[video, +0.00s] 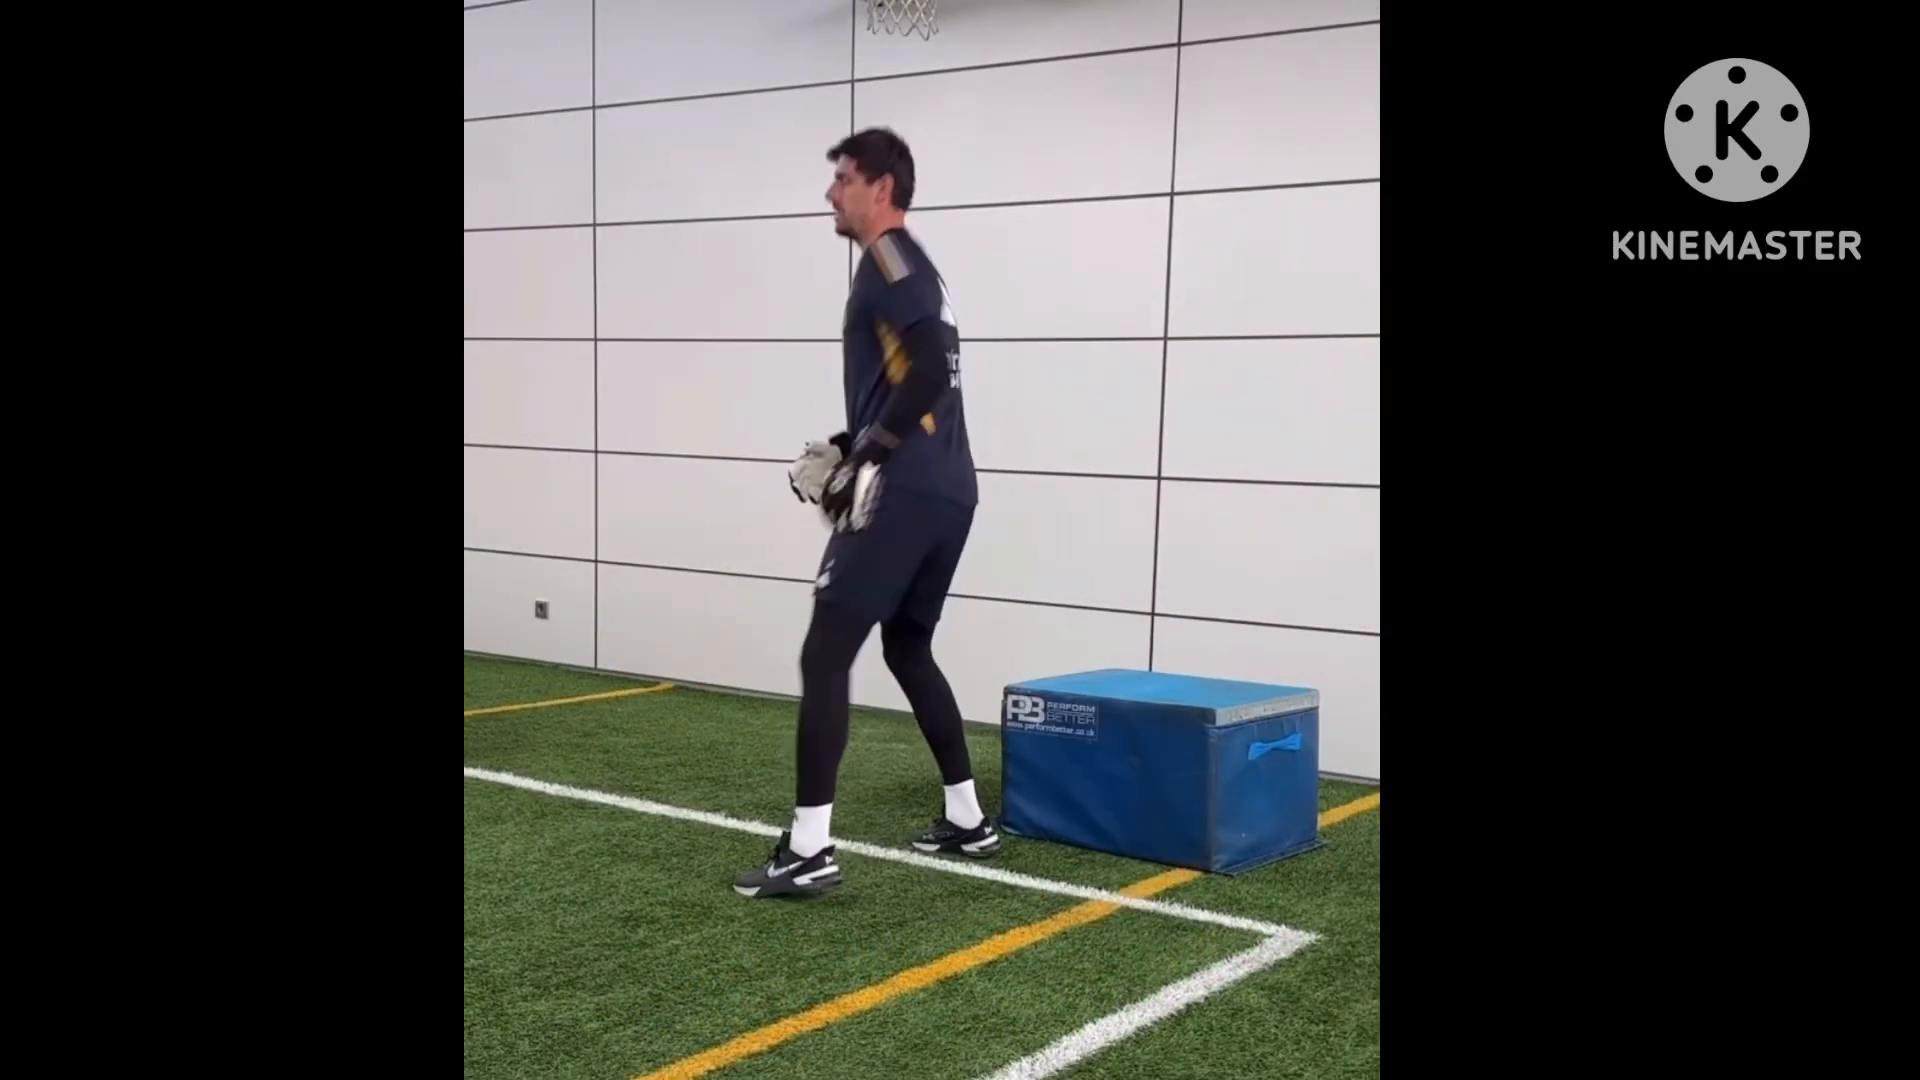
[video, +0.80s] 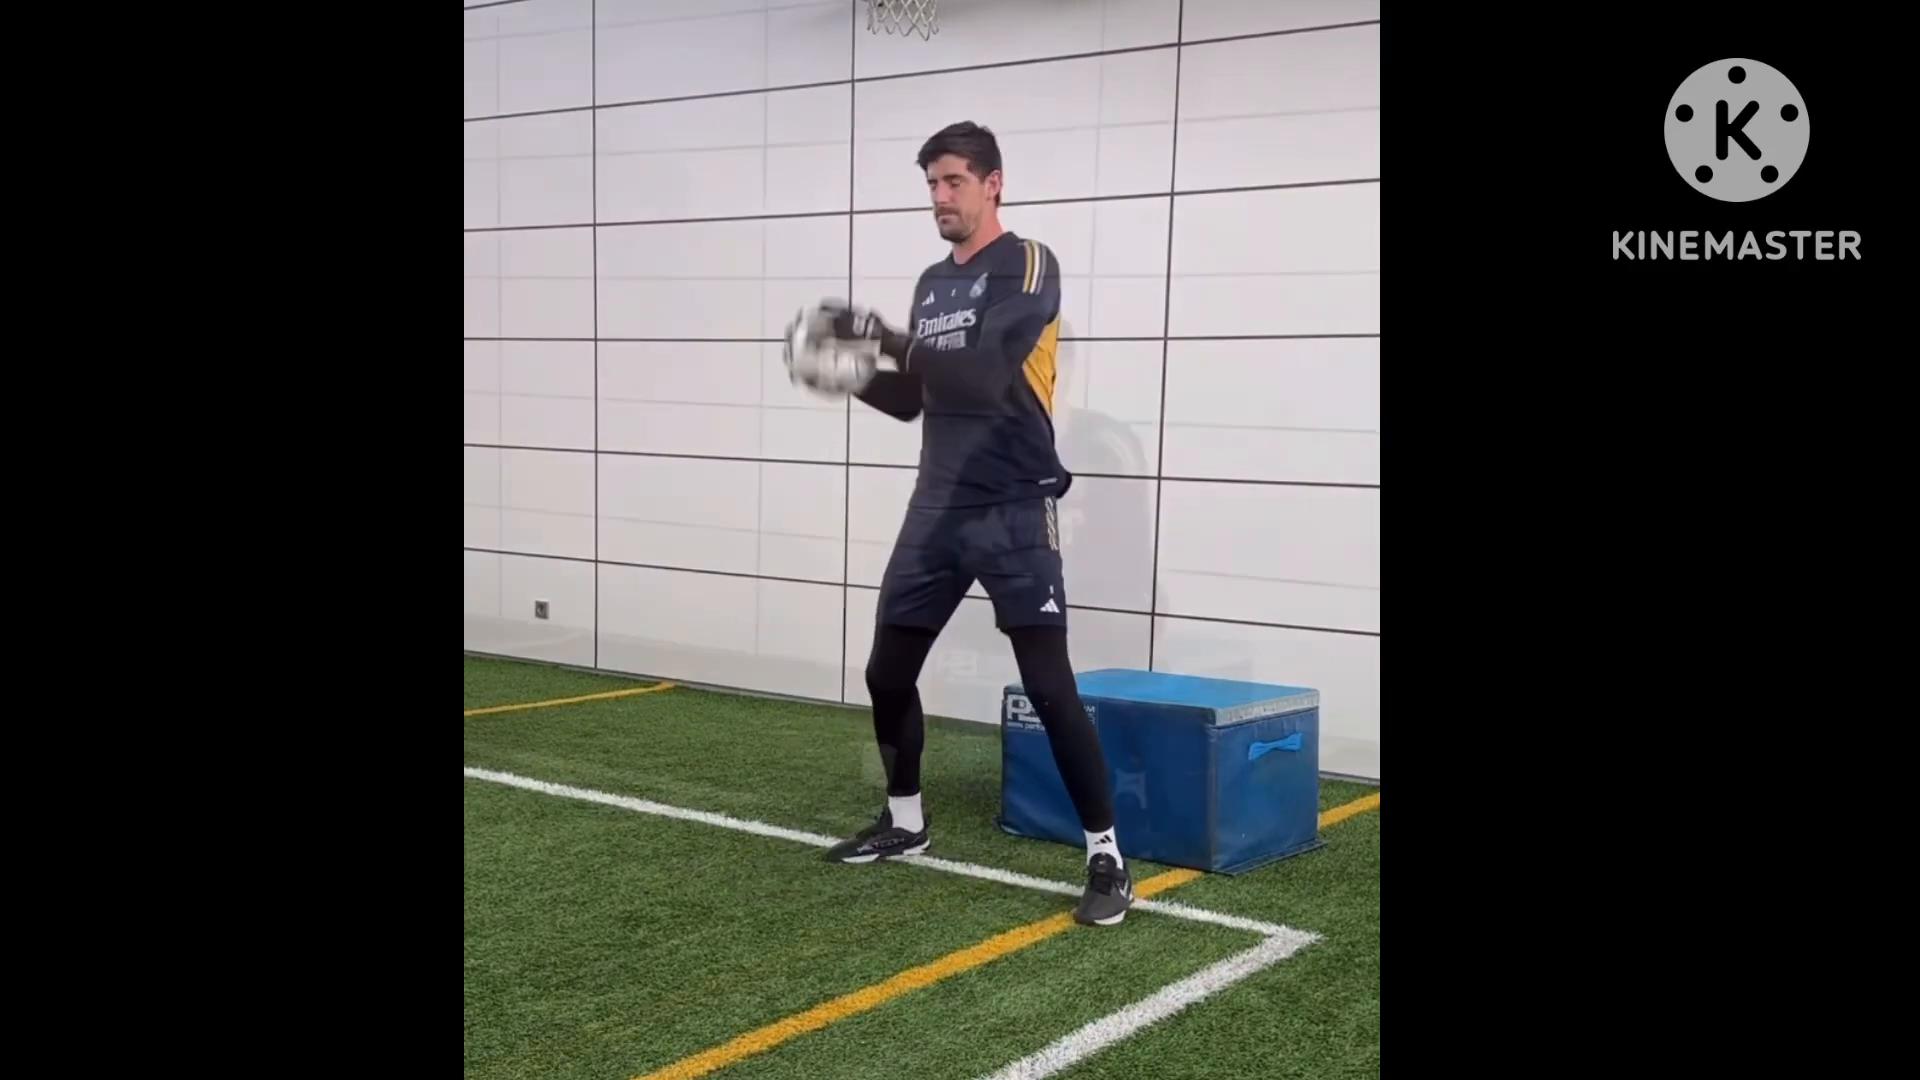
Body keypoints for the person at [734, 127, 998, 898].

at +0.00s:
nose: (830, 192)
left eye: (842, 180)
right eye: (832, 179)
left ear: (882, 188)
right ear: (884, 190)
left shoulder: (888, 258)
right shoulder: (902, 262)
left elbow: (930, 368)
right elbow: (905, 381)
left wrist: (872, 452)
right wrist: (844, 446)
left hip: (904, 487)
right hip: (947, 489)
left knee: (825, 654)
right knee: (908, 648)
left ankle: (808, 848)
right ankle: (966, 818)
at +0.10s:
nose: (842, 166)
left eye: (856, 153)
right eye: (840, 154)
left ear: (898, 161)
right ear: (854, 166)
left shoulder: (925, 234)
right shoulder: (873, 249)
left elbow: (988, 348)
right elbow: (885, 363)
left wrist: (920, 433)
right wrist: (838, 434)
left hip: (936, 459)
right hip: (897, 457)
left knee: (865, 634)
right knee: (875, 636)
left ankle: (863, 832)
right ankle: (951, 800)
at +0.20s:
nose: (851, 179)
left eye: (865, 166)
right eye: (847, 167)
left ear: (906, 173)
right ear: (852, 178)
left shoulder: (949, 259)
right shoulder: (856, 277)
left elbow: (1011, 379)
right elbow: (864, 380)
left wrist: (958, 470)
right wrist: (837, 459)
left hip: (943, 486)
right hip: (881, 485)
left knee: (910, 644)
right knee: (856, 655)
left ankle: (974, 835)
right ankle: (896, 817)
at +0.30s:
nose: (860, 207)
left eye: (874, 193)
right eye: (855, 195)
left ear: (913, 201)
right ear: (852, 207)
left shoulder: (963, 292)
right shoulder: (853, 310)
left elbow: (1030, 412)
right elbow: (856, 411)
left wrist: (995, 516)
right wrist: (848, 501)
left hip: (962, 522)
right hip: (887, 525)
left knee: (986, 677)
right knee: (843, 675)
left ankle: (1071, 845)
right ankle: (897, 818)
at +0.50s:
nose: (894, 216)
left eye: (908, 201)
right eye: (886, 204)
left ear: (946, 204)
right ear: (883, 213)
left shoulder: (1007, 296)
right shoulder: (880, 314)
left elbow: (1076, 406)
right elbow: (859, 404)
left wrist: (1024, 473)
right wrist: (838, 465)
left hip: (1002, 522)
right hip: (918, 523)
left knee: (1040, 687)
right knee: (858, 680)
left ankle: (1105, 856)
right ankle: (898, 819)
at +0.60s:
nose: (922, 209)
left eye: (934, 194)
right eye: (913, 197)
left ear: (972, 194)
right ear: (908, 205)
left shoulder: (1020, 278)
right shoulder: (899, 296)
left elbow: (1055, 370)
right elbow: (831, 393)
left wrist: (964, 372)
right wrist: (816, 365)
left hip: (1010, 522)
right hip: (924, 523)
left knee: (1049, 687)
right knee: (866, 678)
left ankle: (1104, 854)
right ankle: (900, 818)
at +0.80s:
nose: (938, 197)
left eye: (952, 181)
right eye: (931, 185)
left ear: (992, 184)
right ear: (932, 194)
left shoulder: (1029, 264)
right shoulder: (934, 284)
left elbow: (985, 372)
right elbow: (912, 400)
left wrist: (893, 347)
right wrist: (854, 373)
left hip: (1015, 507)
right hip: (936, 506)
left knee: (1049, 685)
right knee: (888, 672)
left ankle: (1104, 854)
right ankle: (905, 823)